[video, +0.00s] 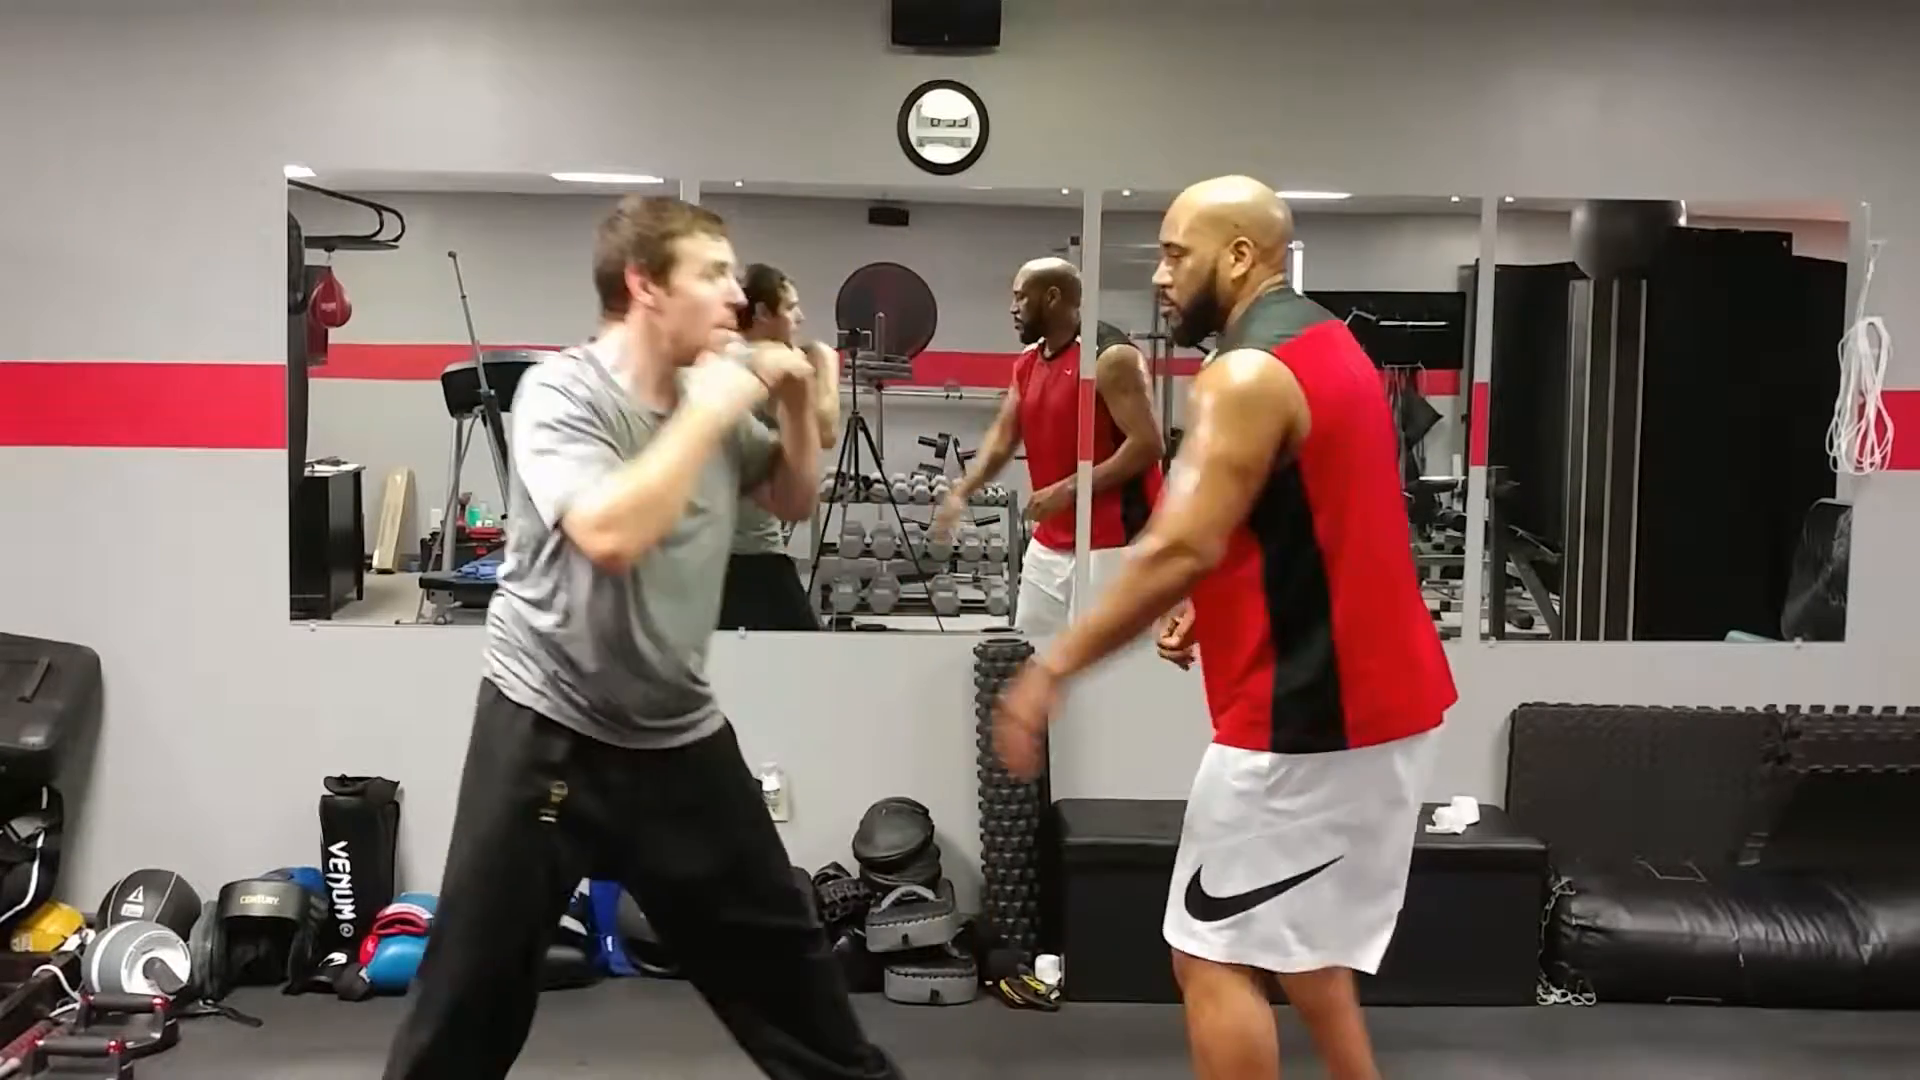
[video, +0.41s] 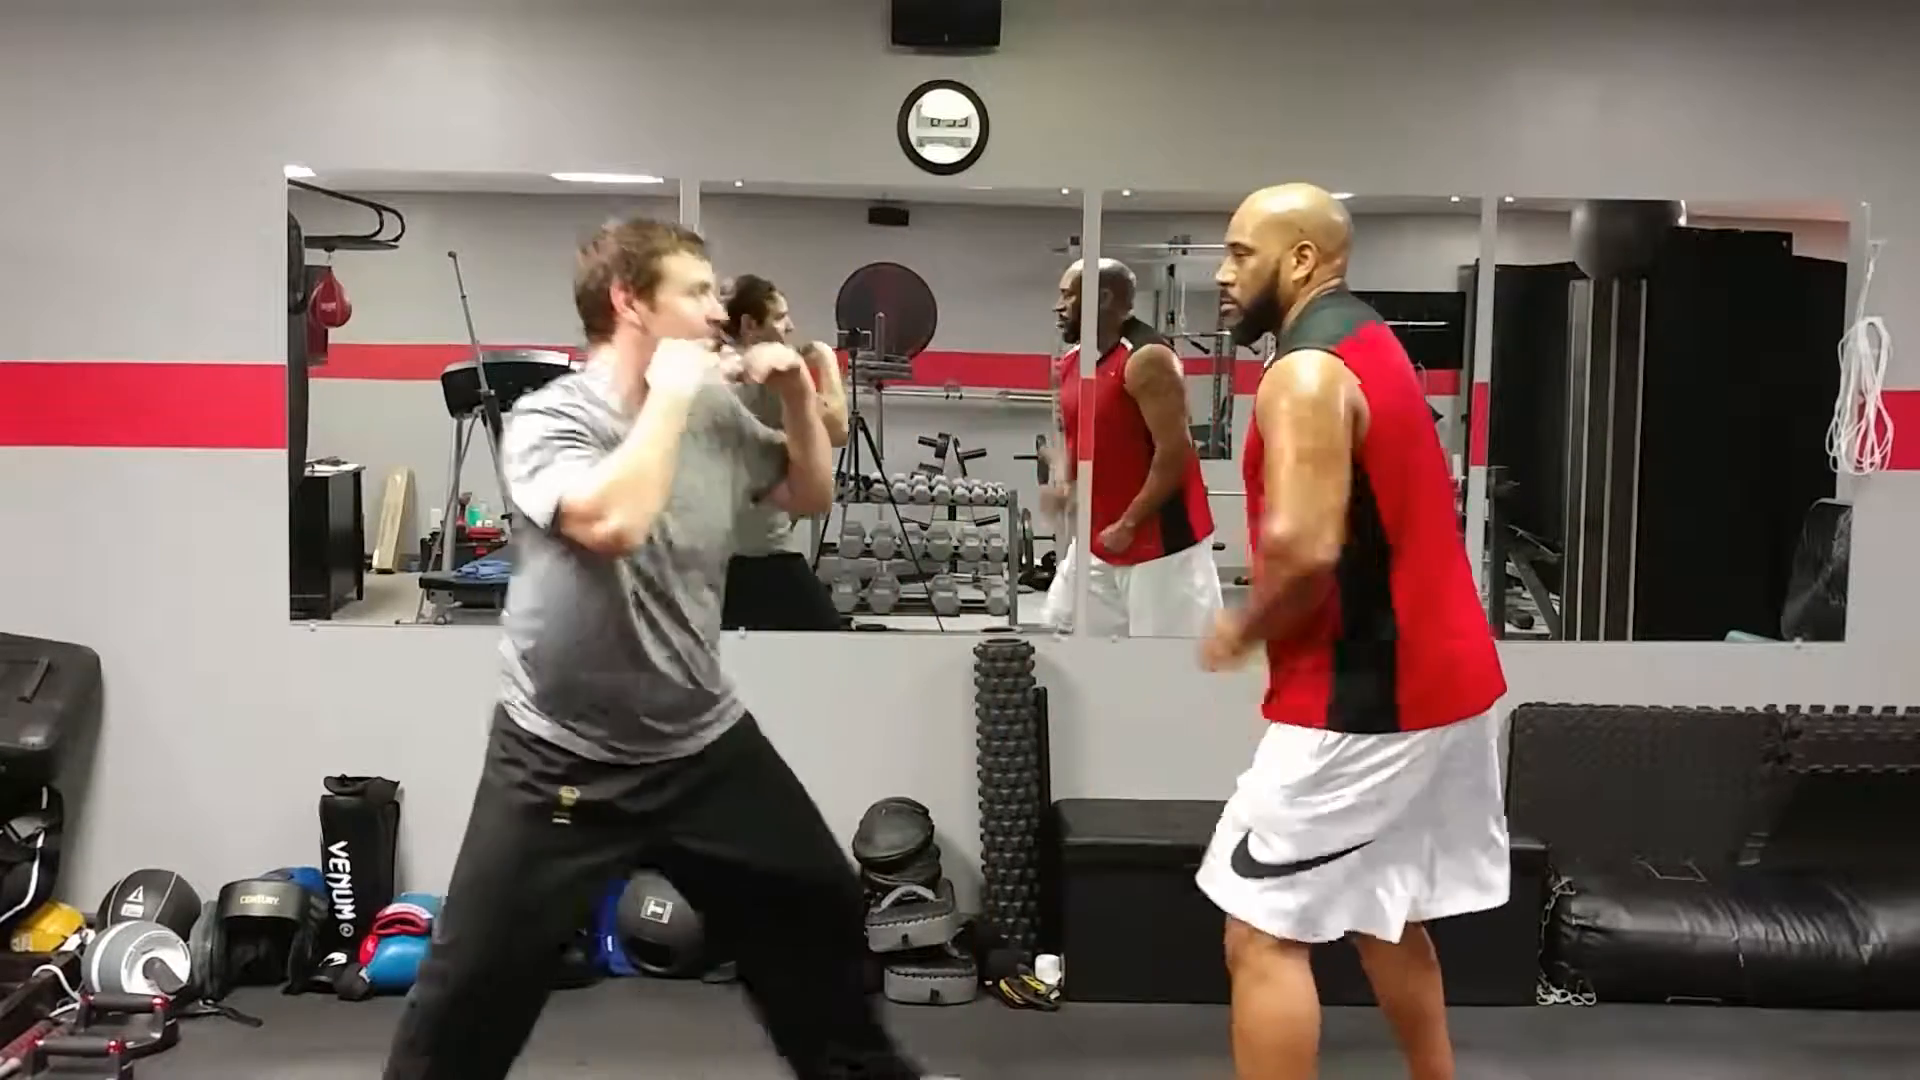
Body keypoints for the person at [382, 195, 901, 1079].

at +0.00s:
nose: (737, 300)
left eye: (735, 279)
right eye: (714, 277)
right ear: (643, 288)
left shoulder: (712, 402)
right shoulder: (557, 392)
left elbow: (792, 499)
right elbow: (608, 533)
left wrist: (802, 401)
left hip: (678, 732)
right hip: (543, 719)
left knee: (785, 965)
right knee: (470, 987)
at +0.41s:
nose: (718, 314)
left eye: (715, 295)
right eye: (698, 294)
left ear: (648, 309)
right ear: (629, 303)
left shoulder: (715, 414)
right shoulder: (545, 422)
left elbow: (810, 490)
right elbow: (609, 525)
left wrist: (798, 389)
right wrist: (675, 393)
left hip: (706, 752)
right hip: (554, 762)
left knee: (820, 916)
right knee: (465, 991)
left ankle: (852, 1064)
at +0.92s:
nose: (955, 293)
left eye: (948, 274)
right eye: (935, 278)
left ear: (872, 303)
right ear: (879, 299)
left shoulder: (820, 389)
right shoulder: (915, 367)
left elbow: (956, 434)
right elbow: (1053, 391)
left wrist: (1073, 375)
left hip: (871, 706)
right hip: (826, 699)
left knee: (971, 932)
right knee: (759, 968)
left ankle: (992, 1073)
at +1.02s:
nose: (1006, 332)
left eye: (1003, 311)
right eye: (991, 311)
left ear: (915, 330)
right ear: (935, 325)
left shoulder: (856, 400)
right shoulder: (954, 402)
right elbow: (1089, 489)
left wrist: (999, 363)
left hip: (862, 711)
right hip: (818, 694)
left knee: (960, 934)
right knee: (782, 952)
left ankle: (990, 1069)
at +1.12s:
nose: (1040, 353)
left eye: (1040, 335)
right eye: (1024, 334)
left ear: (955, 344)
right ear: (964, 341)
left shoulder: (905, 407)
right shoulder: (954, 423)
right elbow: (1106, 522)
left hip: (865, 715)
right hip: (800, 698)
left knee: (955, 912)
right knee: (763, 959)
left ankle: (974, 1067)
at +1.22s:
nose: (1014, 347)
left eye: (1014, 330)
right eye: (998, 329)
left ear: (929, 338)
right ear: (936, 335)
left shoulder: (896, 409)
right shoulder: (929, 421)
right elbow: (1093, 519)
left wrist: (1038, 412)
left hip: (861, 717)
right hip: (786, 696)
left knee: (956, 915)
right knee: (751, 955)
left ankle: (973, 1067)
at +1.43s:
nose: (970, 332)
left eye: (972, 314)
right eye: (956, 310)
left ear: (895, 316)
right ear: (894, 312)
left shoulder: (892, 407)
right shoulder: (850, 393)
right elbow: (1021, 449)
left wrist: (1010, 377)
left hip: (839, 706)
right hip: (750, 692)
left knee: (940, 896)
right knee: (702, 946)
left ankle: (963, 1068)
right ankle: (619, 1074)